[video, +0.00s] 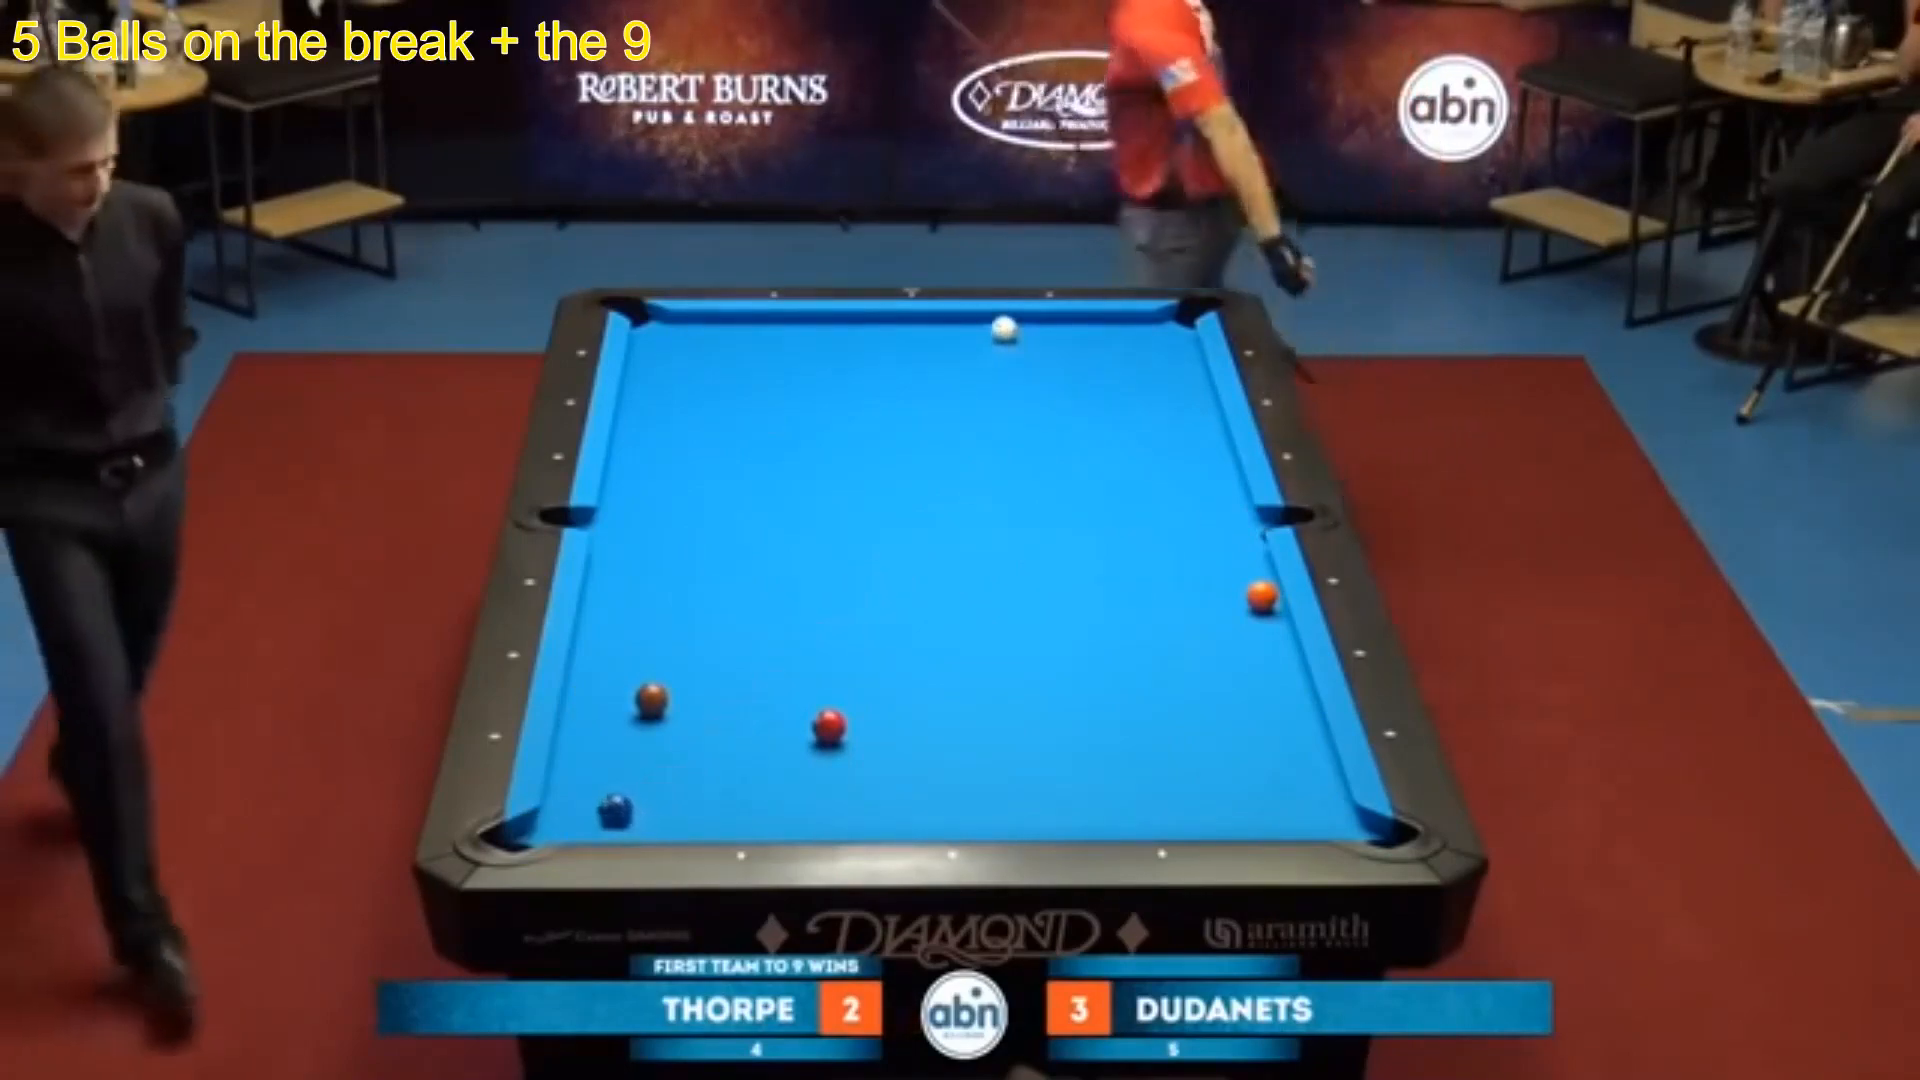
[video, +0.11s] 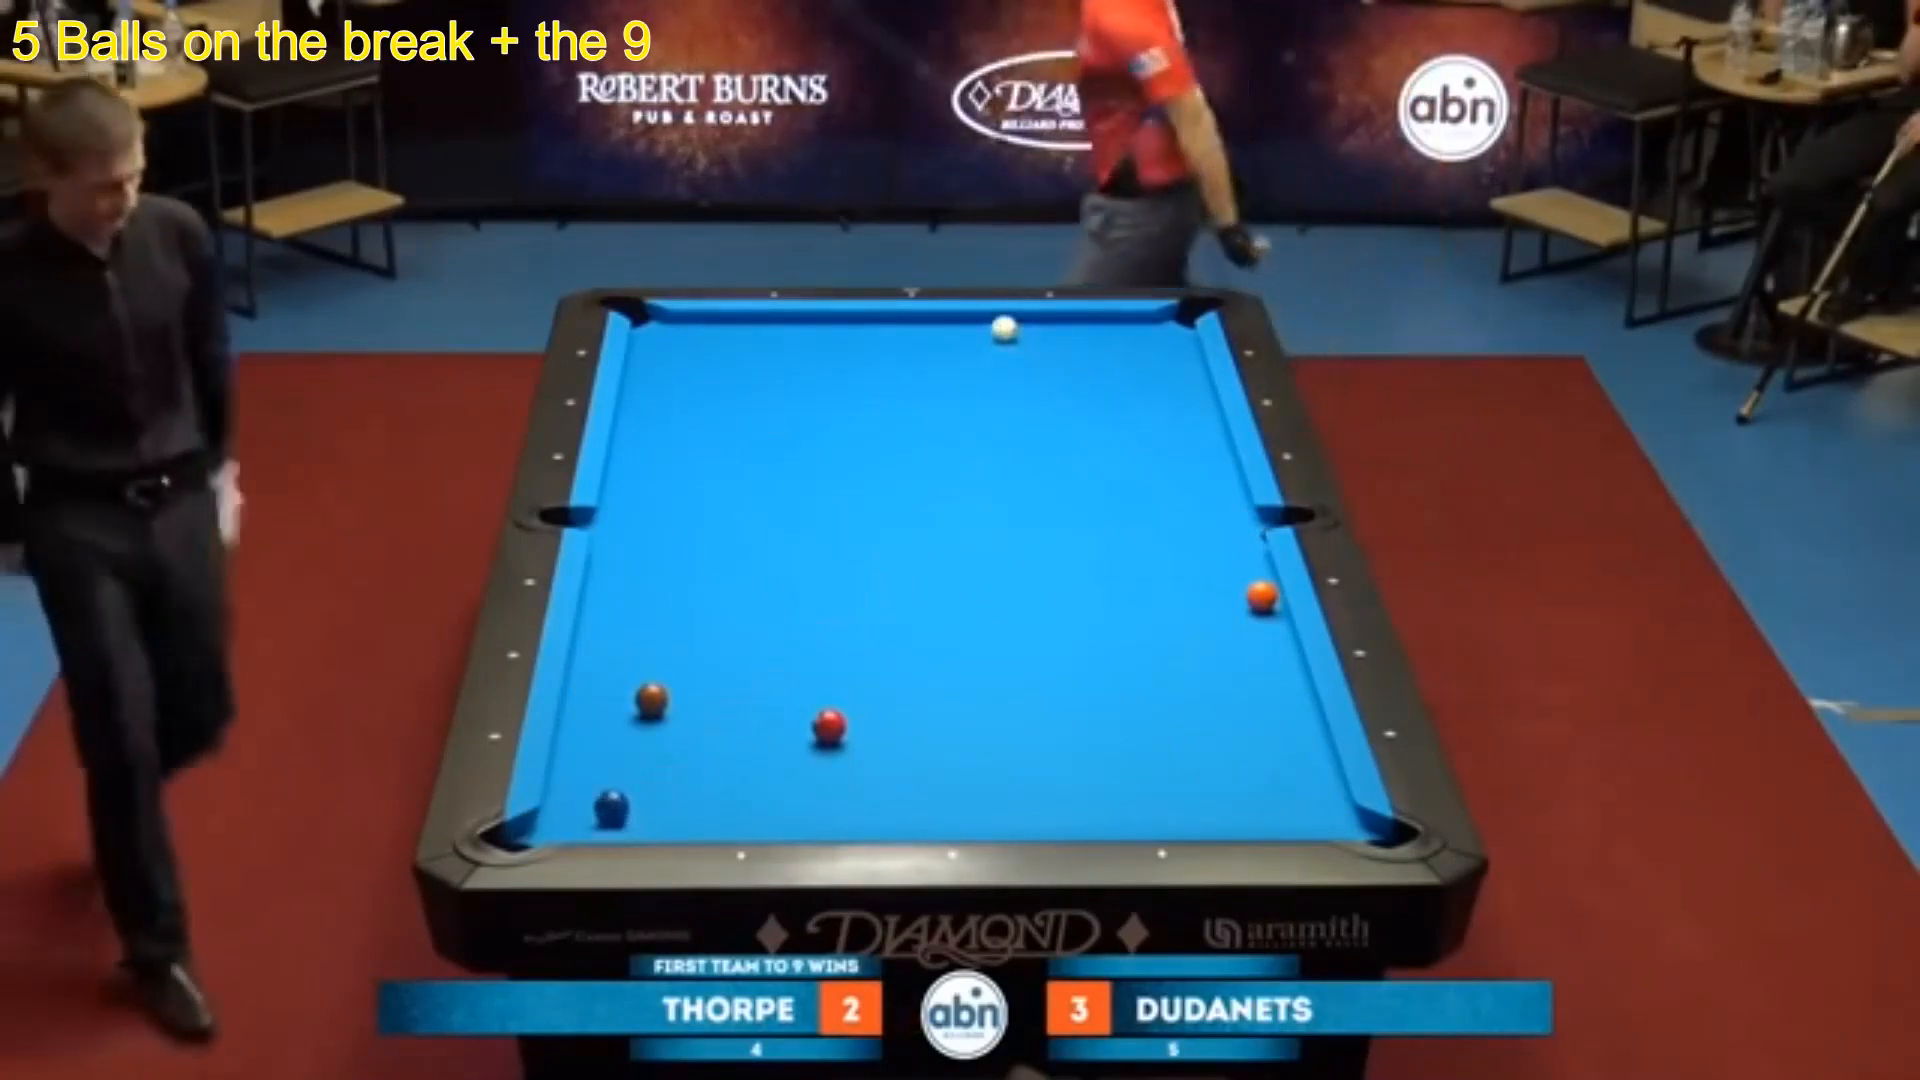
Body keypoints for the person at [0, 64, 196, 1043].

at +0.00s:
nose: (97, 185)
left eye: (105, 166)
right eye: (77, 173)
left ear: (115, 151)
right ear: (20, 172)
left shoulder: (150, 220)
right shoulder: (8, 249)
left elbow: (171, 338)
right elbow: (10, 384)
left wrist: (141, 420)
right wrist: (38, 455)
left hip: (150, 481)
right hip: (46, 499)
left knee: (127, 666)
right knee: (103, 711)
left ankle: (76, 759)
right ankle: (144, 930)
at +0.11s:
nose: (121, 202)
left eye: (130, 183)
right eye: (101, 188)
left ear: (141, 167)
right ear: (48, 180)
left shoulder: (178, 233)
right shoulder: (13, 260)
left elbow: (212, 354)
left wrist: (221, 466)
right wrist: (10, 517)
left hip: (180, 501)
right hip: (72, 517)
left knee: (202, 710)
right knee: (121, 735)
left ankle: (116, 790)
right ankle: (156, 950)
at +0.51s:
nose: (322, 304)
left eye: (328, 282)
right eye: (303, 285)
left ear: (331, 266)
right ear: (238, 270)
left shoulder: (324, 362)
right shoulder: (144, 366)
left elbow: (414, 471)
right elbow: (57, 512)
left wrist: (510, 578)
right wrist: (64, 658)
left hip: (272, 626)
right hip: (159, 640)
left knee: (325, 861)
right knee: (177, 836)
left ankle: (378, 1058)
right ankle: (176, 979)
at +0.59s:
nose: (376, 333)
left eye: (385, 314)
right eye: (363, 313)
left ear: (389, 300)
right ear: (301, 287)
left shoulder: (367, 389)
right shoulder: (184, 375)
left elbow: (460, 503)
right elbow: (86, 511)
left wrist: (568, 615)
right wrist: (79, 664)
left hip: (289, 640)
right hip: (174, 653)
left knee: (344, 881)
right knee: (203, 872)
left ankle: (383, 1061)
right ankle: (179, 970)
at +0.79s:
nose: (472, 381)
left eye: (481, 362)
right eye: (464, 360)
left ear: (418, 329)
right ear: (403, 325)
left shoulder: (436, 428)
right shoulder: (250, 398)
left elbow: (501, 558)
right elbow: (121, 515)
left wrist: (591, 678)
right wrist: (86, 660)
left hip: (327, 673)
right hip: (208, 683)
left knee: (371, 928)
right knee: (242, 941)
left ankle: (391, 1073)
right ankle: (231, 1079)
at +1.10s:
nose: (529, 460)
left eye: (539, 442)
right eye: (532, 439)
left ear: (483, 416)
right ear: (486, 416)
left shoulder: (455, 512)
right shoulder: (309, 497)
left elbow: (444, 669)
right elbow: (159, 635)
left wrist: (542, 750)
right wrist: (115, 785)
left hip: (353, 777)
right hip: (241, 791)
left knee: (379, 1021)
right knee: (273, 1037)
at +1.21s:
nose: (553, 467)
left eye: (560, 448)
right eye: (553, 447)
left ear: (497, 436)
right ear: (504, 438)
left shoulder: (456, 531)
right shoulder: (325, 522)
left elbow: (441, 687)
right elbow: (166, 675)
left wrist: (548, 766)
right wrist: (143, 836)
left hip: (347, 804)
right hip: (236, 820)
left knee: (378, 1038)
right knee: (280, 1053)